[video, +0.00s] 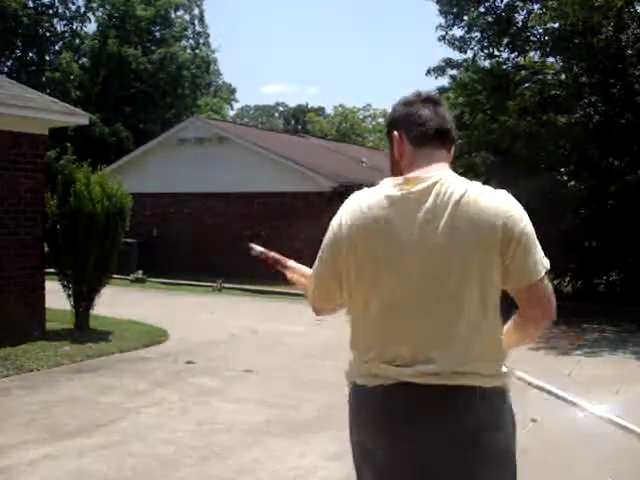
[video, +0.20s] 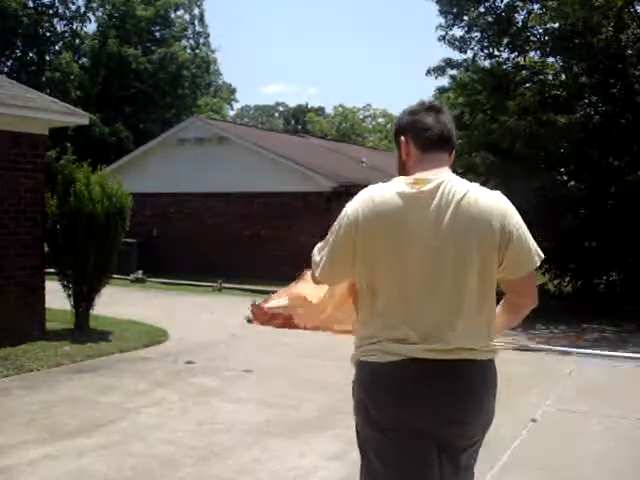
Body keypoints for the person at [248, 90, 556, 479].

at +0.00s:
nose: (388, 156)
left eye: (388, 146)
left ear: (398, 143)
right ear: (452, 147)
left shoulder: (359, 209)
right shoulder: (497, 207)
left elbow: (324, 300)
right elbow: (540, 308)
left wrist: (302, 277)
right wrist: (494, 345)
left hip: (380, 410)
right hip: (475, 410)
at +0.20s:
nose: (397, 158)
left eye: (396, 147)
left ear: (405, 147)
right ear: (452, 150)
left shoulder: (369, 205)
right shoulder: (494, 207)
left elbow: (322, 277)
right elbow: (523, 298)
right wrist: (480, 332)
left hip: (385, 383)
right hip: (469, 384)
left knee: (385, 473)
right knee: (457, 473)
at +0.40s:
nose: (402, 169)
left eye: (402, 160)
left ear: (409, 159)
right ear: (453, 163)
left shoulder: (385, 208)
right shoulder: (491, 215)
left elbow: (320, 247)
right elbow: (505, 298)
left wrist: (317, 190)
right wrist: (466, 328)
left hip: (396, 375)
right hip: (468, 373)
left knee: (396, 472)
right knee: (448, 472)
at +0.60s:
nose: (402, 174)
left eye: (402, 165)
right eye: (401, 166)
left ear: (412, 160)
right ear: (446, 162)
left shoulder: (408, 199)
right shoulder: (481, 214)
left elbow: (368, 235)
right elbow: (484, 273)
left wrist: (290, 208)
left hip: (403, 346)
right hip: (464, 346)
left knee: (398, 450)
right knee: (445, 454)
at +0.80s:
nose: (393, 185)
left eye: (392, 176)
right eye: (391, 178)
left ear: (404, 170)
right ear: (431, 171)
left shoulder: (403, 207)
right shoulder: (465, 214)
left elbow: (374, 251)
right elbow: (472, 262)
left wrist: (311, 239)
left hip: (399, 341)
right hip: (453, 338)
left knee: (397, 445)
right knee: (437, 443)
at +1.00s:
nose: (390, 182)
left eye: (389, 174)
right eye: (390, 175)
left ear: (399, 171)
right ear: (427, 172)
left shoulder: (393, 210)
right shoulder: (458, 214)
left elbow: (363, 257)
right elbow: (455, 266)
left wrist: (315, 240)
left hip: (389, 332)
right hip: (440, 331)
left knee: (394, 425)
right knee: (435, 422)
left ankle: (398, 477)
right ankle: (430, 477)